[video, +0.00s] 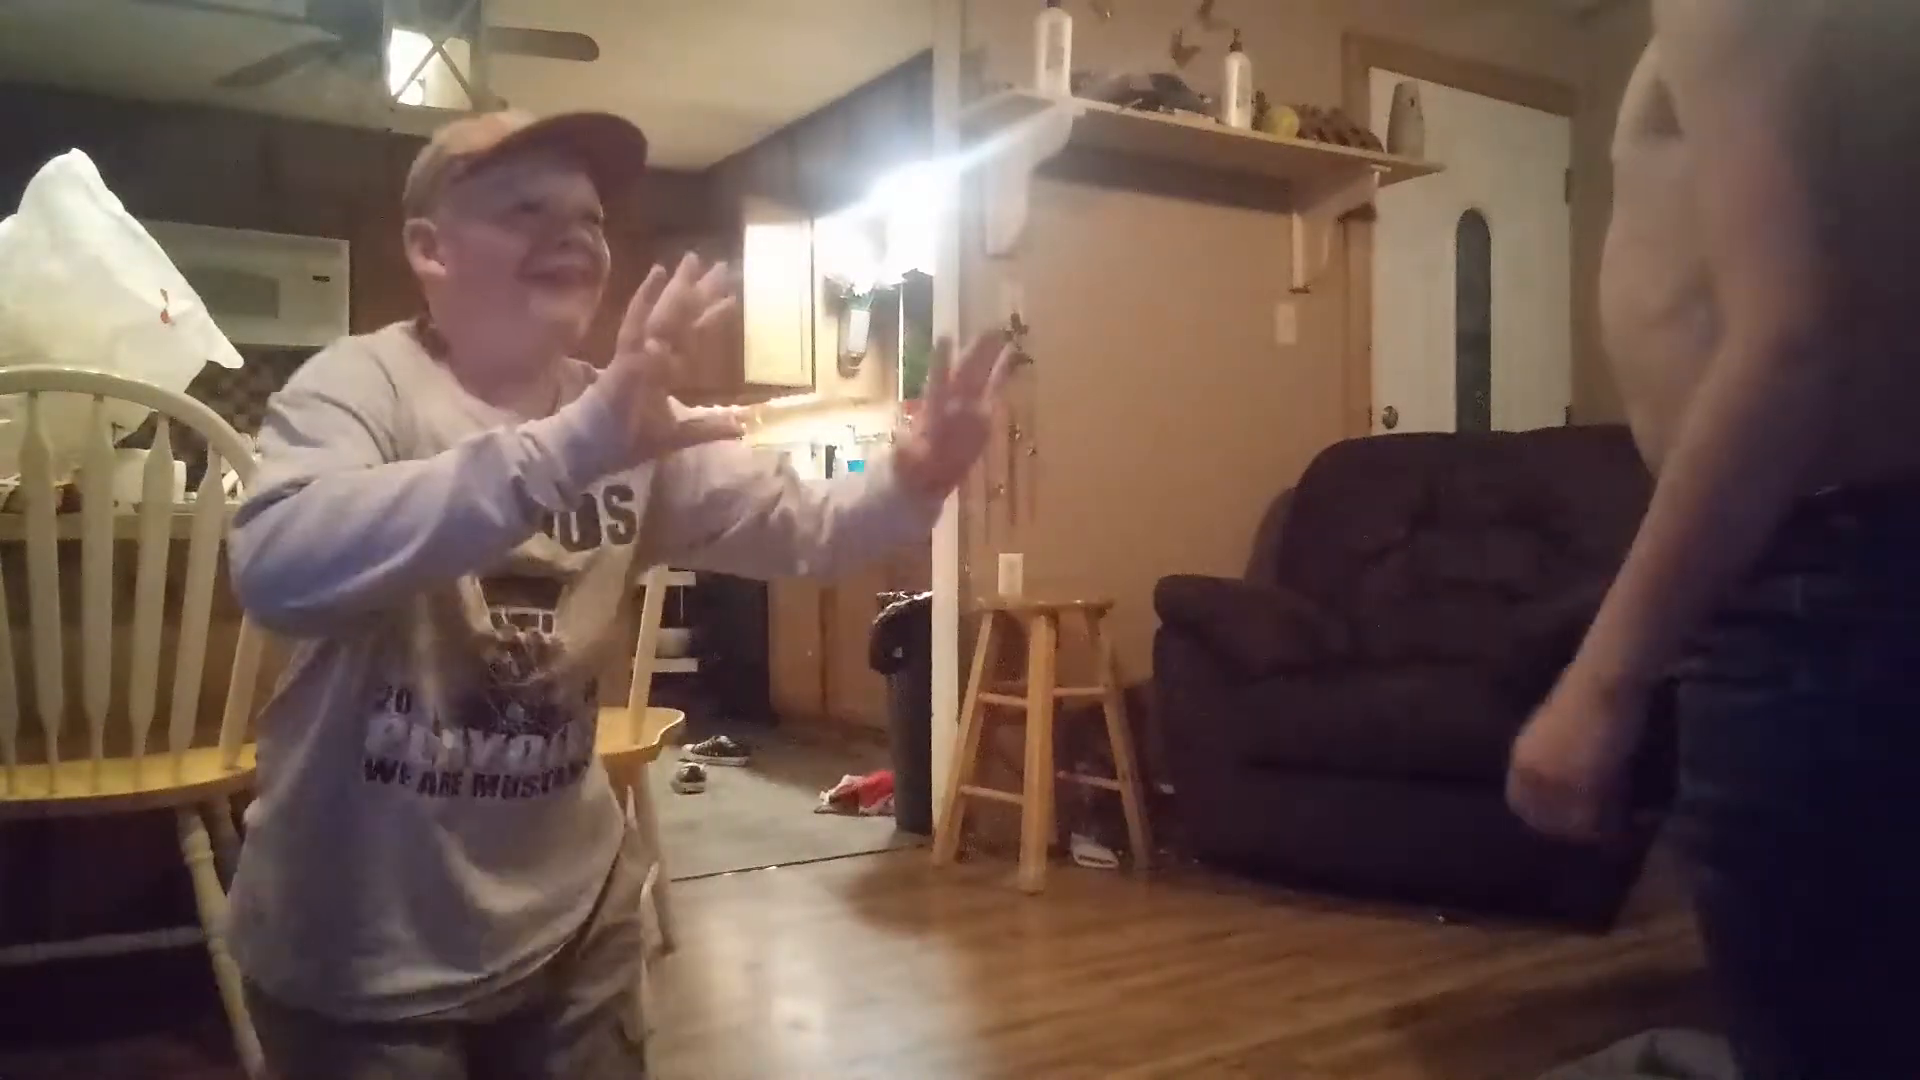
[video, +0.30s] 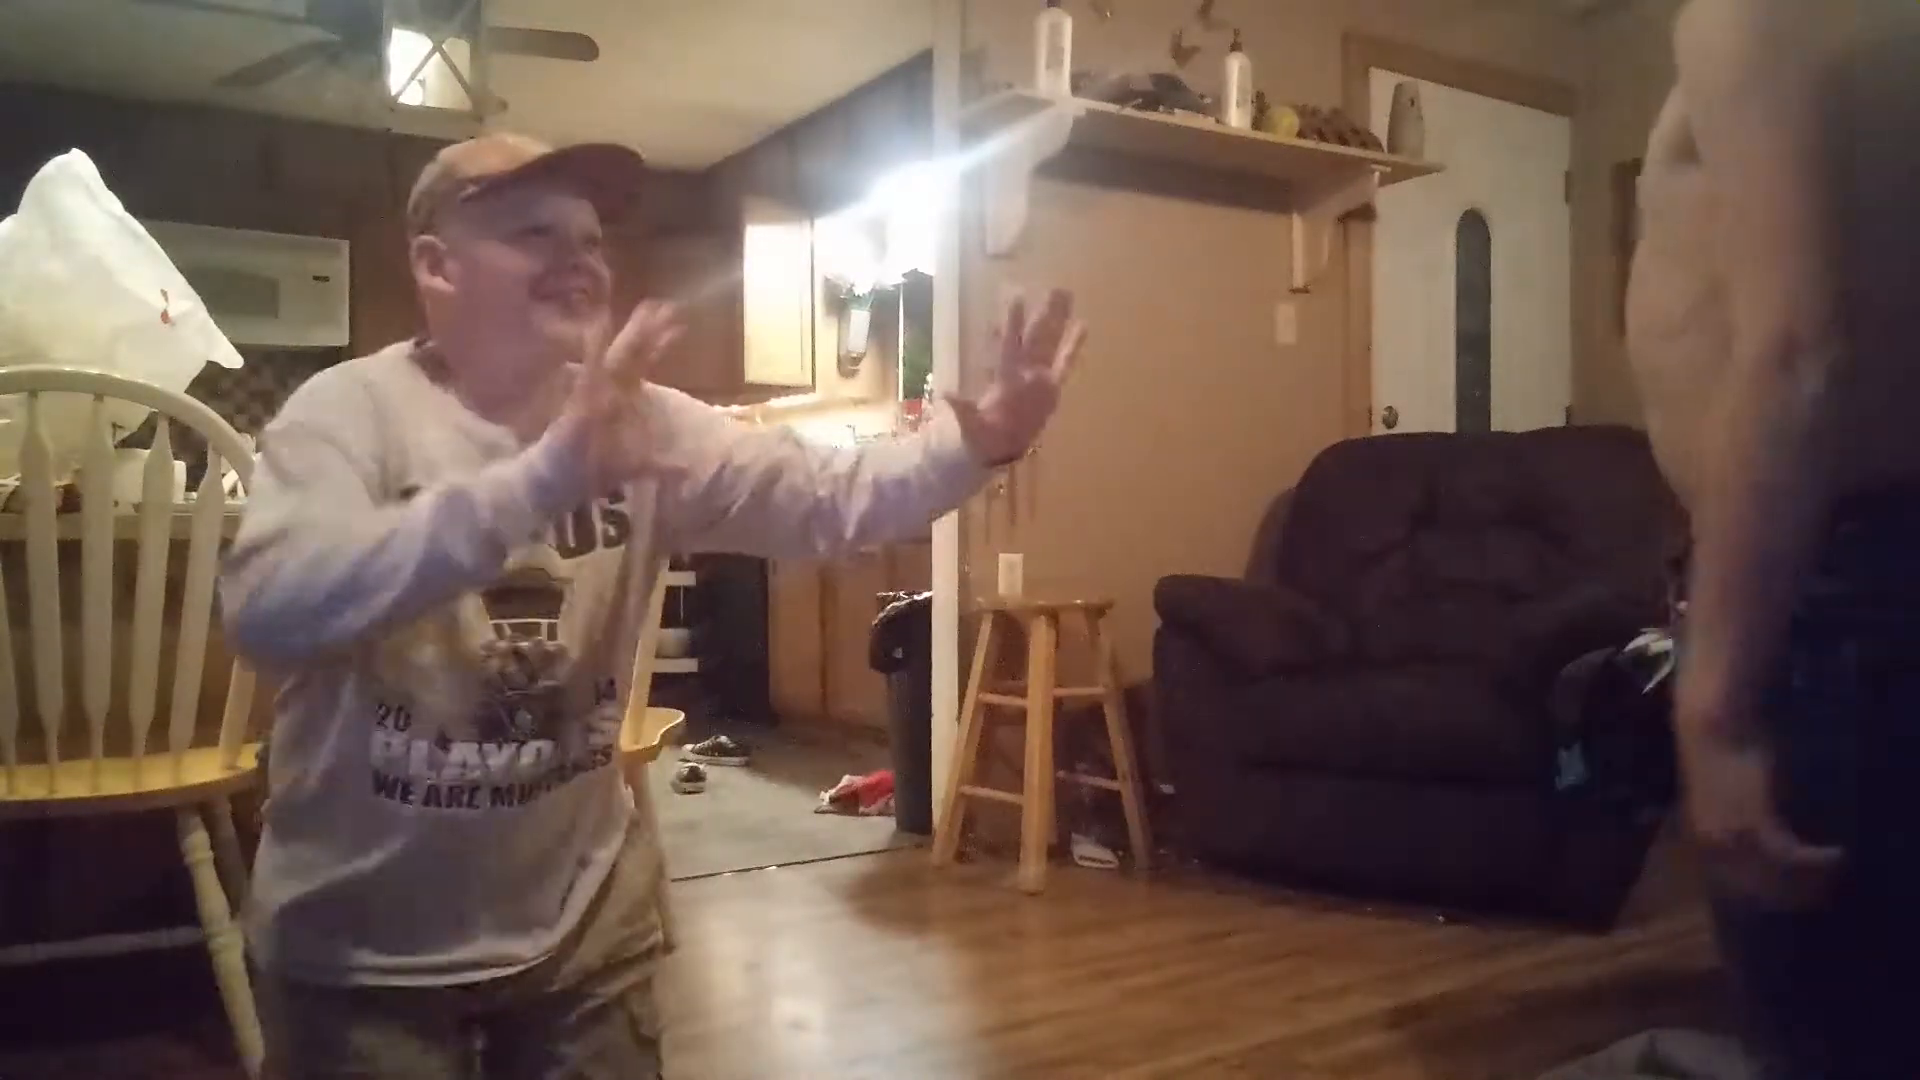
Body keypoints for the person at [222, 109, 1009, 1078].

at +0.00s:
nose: (574, 237)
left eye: (589, 220)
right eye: (525, 211)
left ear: (612, 255)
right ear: (429, 253)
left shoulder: (625, 420)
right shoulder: (353, 386)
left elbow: (796, 518)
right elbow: (283, 563)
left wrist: (910, 488)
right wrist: (580, 441)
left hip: (569, 924)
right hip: (360, 937)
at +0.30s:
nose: (584, 263)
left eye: (593, 241)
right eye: (536, 235)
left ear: (610, 271)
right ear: (435, 268)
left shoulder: (636, 426)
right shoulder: (344, 413)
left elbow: (820, 490)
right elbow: (271, 605)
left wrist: (976, 441)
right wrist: (545, 478)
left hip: (582, 929)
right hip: (364, 955)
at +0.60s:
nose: (459, 257)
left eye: (468, 243)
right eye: (410, 229)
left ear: (478, 278)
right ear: (298, 256)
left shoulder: (525, 439)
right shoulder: (165, 442)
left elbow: (701, 513)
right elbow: (52, 679)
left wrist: (858, 482)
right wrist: (312, 571)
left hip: (514, 953)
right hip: (264, 975)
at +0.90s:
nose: (464, 295)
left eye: (477, 275)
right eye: (418, 266)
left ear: (493, 297)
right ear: (311, 295)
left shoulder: (528, 449)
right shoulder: (175, 472)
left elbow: (714, 501)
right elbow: (8, 662)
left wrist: (888, 449)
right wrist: (106, 695)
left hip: (467, 948)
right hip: (231, 975)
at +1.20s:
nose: (560, 340)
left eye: (569, 316)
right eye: (518, 315)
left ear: (583, 329)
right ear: (414, 337)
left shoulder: (615, 478)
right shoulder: (287, 490)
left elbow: (811, 534)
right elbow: (156, 681)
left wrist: (960, 491)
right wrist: (159, 664)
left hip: (560, 917)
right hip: (325, 939)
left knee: (661, 1068)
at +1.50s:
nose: (598, 370)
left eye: (607, 343)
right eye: (557, 349)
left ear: (621, 351)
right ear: (465, 375)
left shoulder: (660, 498)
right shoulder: (356, 527)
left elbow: (844, 539)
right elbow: (192, 747)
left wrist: (1016, 476)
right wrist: (318, 675)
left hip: (604, 919)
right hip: (393, 932)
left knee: (676, 1066)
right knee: (364, 1067)